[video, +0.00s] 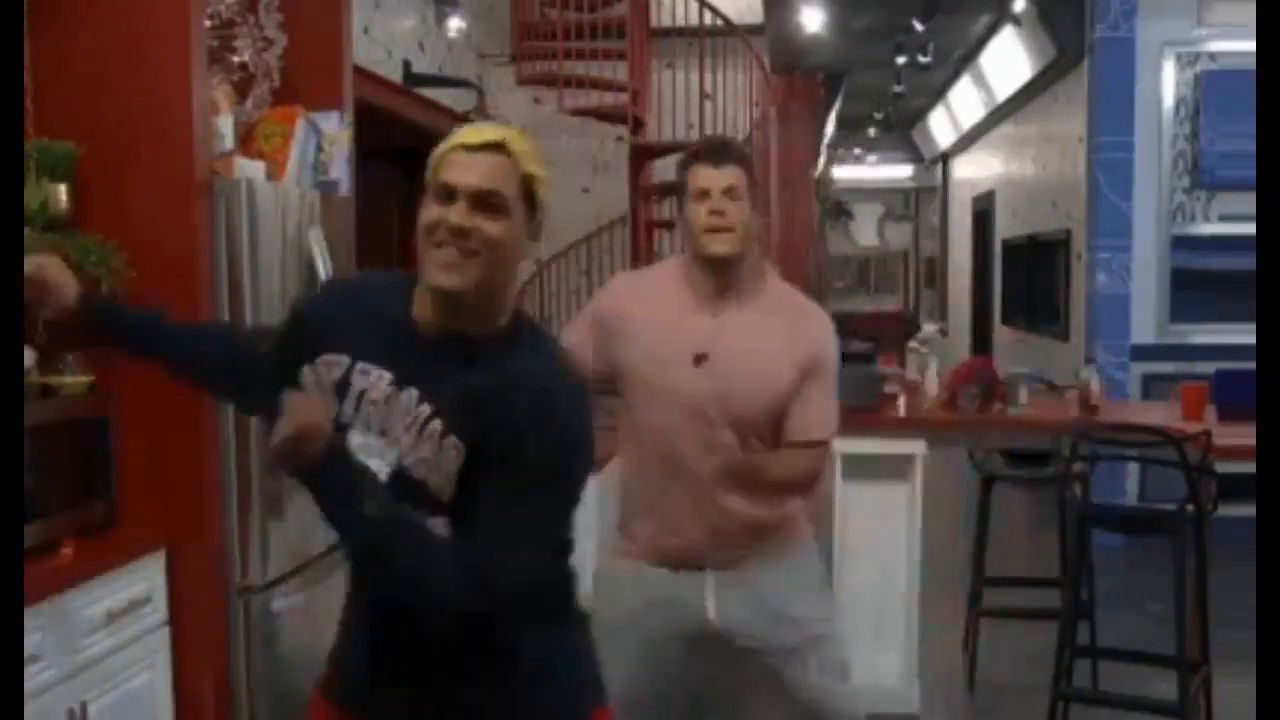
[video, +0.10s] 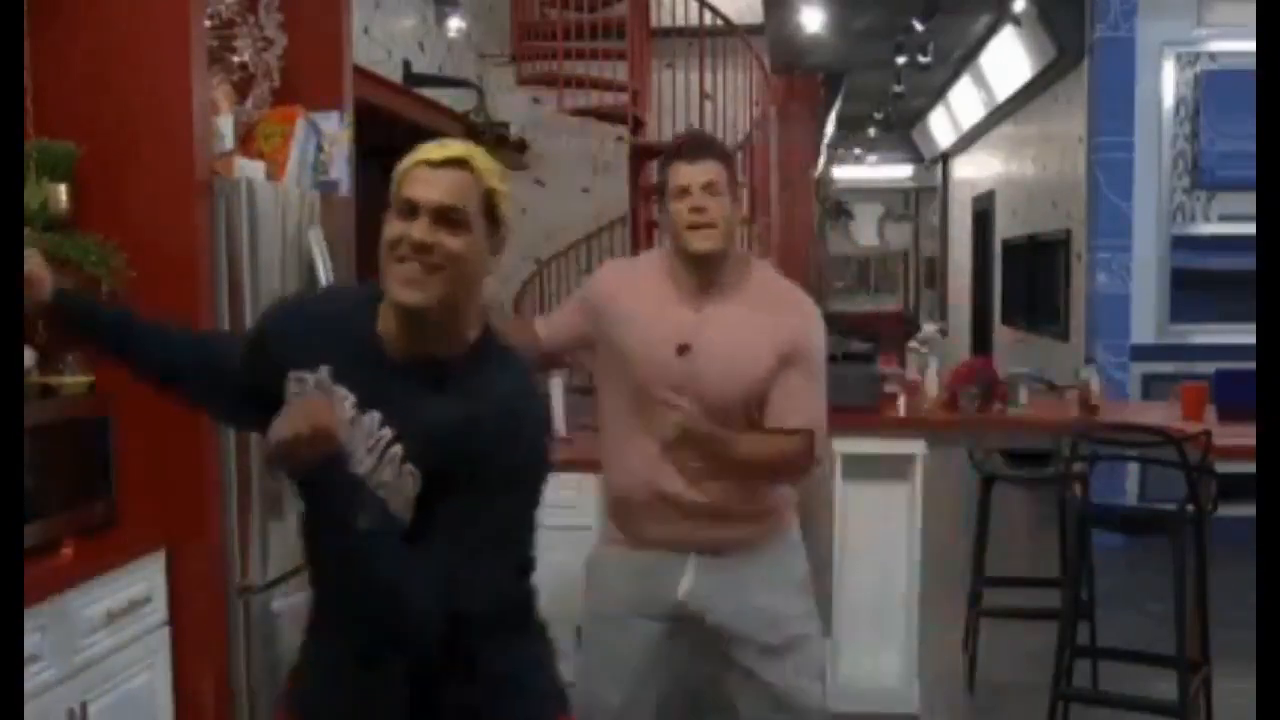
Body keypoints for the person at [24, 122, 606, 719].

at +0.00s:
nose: (457, 220)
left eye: (488, 207)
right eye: (444, 198)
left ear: (530, 235)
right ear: (419, 213)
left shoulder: (543, 395)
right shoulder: (346, 313)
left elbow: (484, 583)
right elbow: (258, 371)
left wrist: (331, 471)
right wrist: (89, 315)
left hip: (515, 689)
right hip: (374, 671)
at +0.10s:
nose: (419, 236)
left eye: (449, 222)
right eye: (406, 213)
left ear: (492, 249)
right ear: (383, 226)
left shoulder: (506, 404)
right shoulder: (319, 327)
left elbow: (438, 605)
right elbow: (233, 379)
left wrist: (325, 475)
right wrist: (62, 303)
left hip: (484, 685)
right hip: (346, 672)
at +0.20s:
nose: (355, 204)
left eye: (386, 188)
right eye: (341, 182)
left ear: (432, 217)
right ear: (320, 198)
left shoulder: (471, 355)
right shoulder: (259, 321)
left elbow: (426, 553)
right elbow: (183, 423)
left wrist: (228, 520)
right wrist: (40, 436)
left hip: (443, 678)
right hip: (298, 671)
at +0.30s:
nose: (322, 194)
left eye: (351, 176)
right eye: (306, 174)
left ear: (399, 199)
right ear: (287, 192)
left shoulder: (463, 331)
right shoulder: (239, 332)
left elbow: (433, 536)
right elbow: (162, 487)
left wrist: (233, 611)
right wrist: (38, 550)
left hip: (438, 663)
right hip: (292, 661)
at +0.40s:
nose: (294, 207)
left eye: (320, 187)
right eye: (276, 189)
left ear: (370, 201)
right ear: (260, 207)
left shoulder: (449, 334)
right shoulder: (222, 363)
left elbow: (446, 536)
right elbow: (174, 539)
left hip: (441, 667)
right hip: (288, 669)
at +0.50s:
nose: (248, 251)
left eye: (273, 228)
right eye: (230, 235)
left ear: (325, 238)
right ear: (218, 256)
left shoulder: (430, 354)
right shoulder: (208, 421)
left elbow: (520, 533)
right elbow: (258, 617)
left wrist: (604, 686)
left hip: (452, 683)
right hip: (305, 691)